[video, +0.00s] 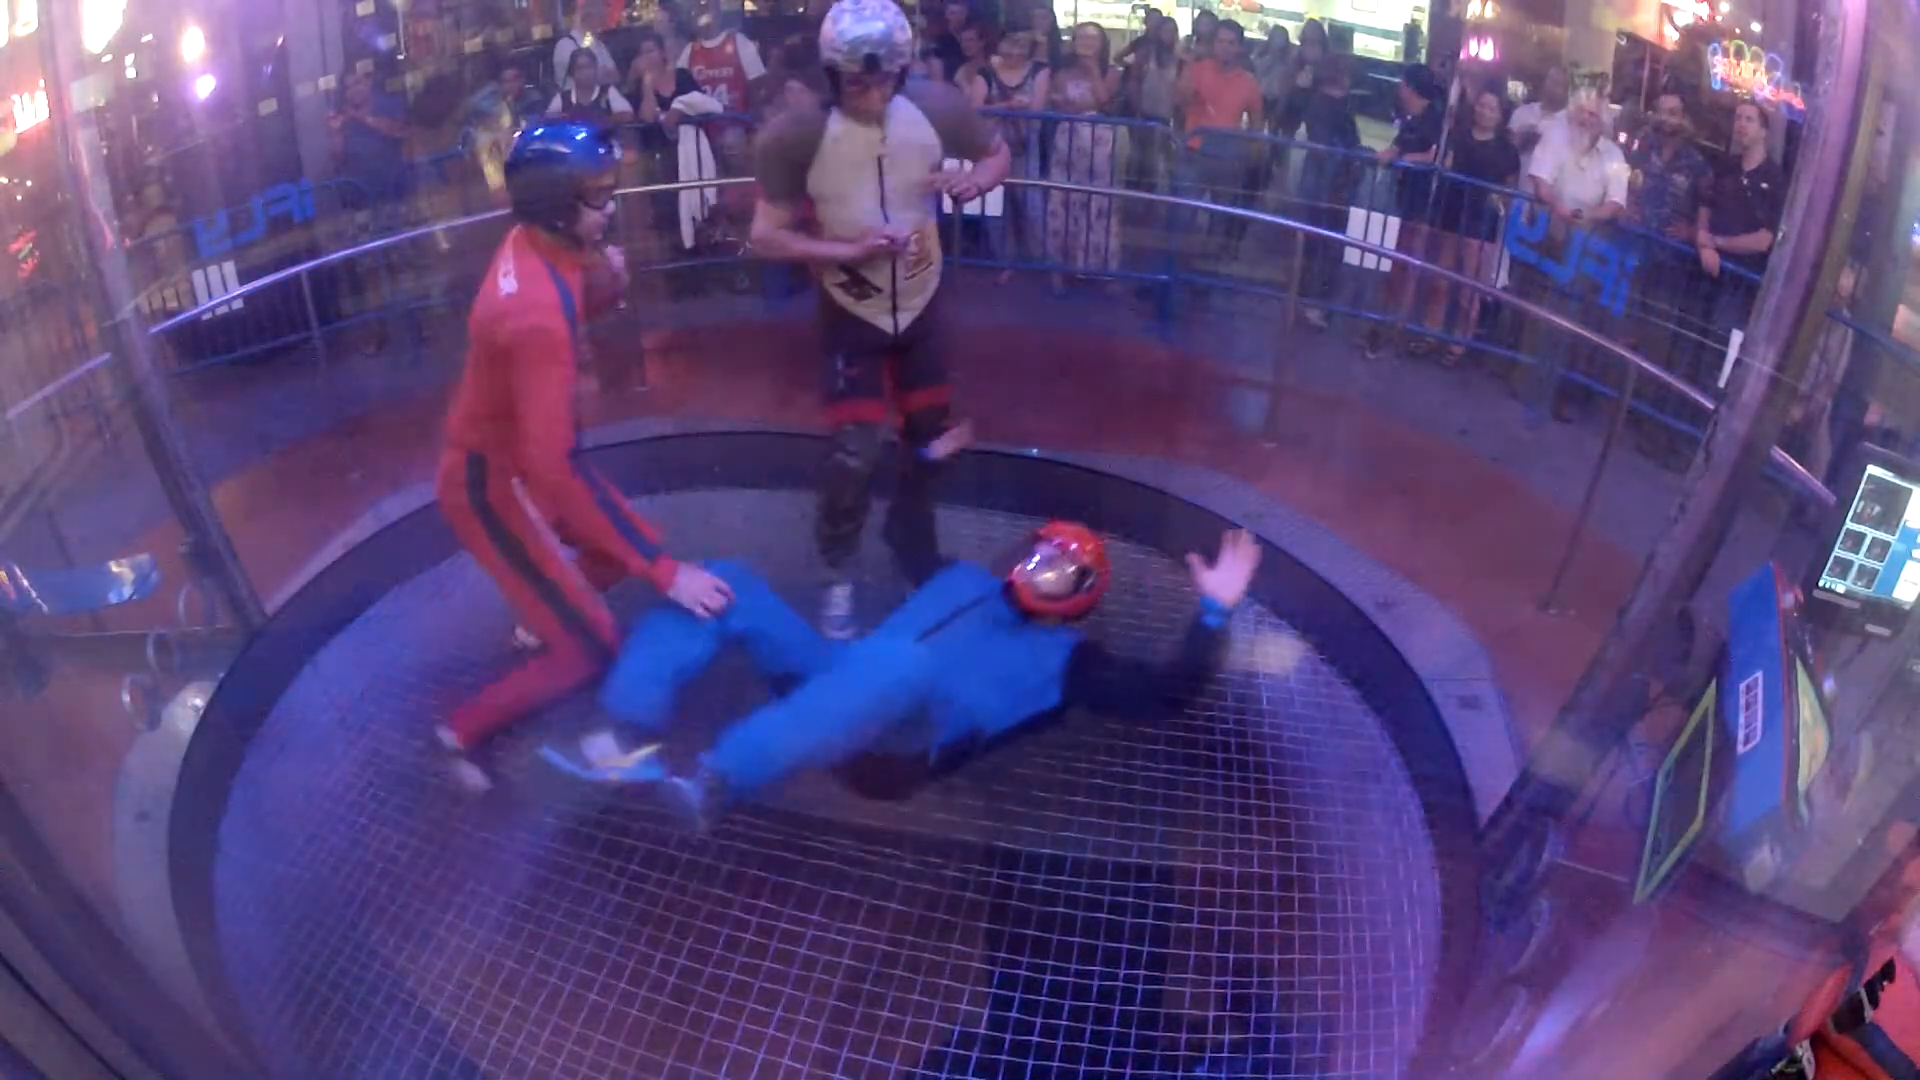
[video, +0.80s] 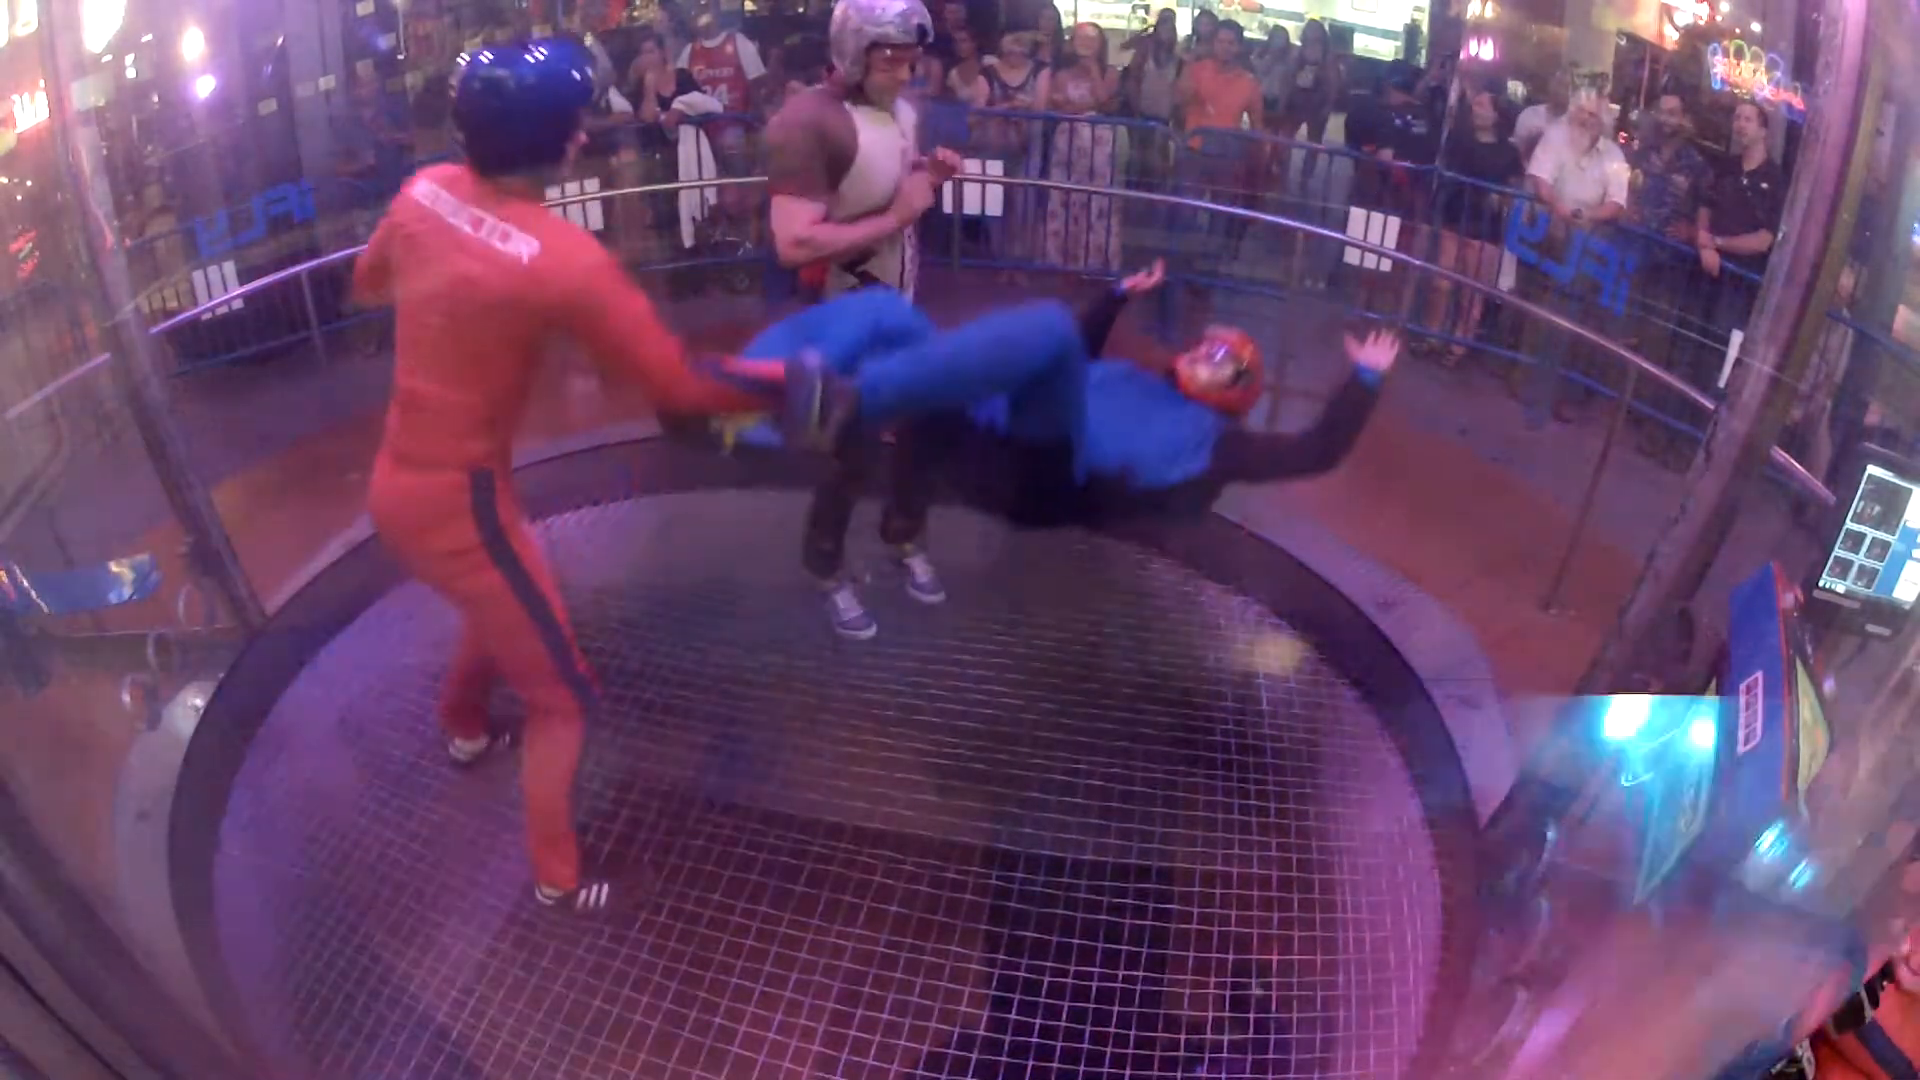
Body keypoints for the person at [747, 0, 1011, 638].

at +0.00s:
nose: (871, 93)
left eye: (883, 78)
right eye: (857, 81)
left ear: (901, 68)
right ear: (833, 72)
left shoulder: (934, 111)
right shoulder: (801, 135)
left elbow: (998, 156)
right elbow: (763, 234)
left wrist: (973, 179)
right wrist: (850, 250)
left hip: (924, 304)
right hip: (851, 311)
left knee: (935, 445)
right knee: (862, 445)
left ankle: (916, 555)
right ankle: (838, 578)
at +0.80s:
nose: (901, 69)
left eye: (908, 57)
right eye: (888, 57)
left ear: (913, 58)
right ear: (851, 56)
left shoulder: (899, 109)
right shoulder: (807, 120)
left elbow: (890, 190)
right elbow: (794, 241)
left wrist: (931, 171)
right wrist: (897, 216)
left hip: (896, 302)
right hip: (837, 308)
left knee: (922, 420)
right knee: (850, 443)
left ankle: (906, 539)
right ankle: (828, 572)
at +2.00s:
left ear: (873, 116)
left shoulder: (902, 129)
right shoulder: (838, 159)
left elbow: (960, 168)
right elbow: (874, 215)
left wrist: (950, 133)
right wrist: (937, 152)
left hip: (918, 317)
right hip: (870, 319)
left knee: (922, 435)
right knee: (884, 458)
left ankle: (881, 549)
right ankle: (836, 569)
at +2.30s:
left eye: (794, 112)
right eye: (786, 117)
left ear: (831, 110)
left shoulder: (887, 138)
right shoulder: (819, 172)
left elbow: (948, 147)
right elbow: (840, 207)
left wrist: (976, 129)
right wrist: (916, 146)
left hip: (910, 319)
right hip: (861, 324)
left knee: (917, 428)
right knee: (876, 454)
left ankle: (879, 549)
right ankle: (836, 569)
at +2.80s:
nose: (772, 46)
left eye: (781, 32)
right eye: (758, 34)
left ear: (793, 40)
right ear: (732, 48)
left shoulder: (838, 124)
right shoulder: (717, 135)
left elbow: (874, 204)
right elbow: (686, 241)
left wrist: (864, 203)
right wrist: (790, 247)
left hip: (831, 320)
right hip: (766, 326)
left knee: (879, 436)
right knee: (765, 483)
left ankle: (869, 550)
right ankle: (713, 579)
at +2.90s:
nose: (757, 75)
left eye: (764, 61)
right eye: (743, 63)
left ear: (776, 66)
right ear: (714, 72)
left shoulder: (805, 132)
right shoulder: (692, 156)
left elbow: (836, 216)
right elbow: (667, 267)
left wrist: (839, 221)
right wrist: (757, 284)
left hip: (807, 332)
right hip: (735, 341)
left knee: (864, 452)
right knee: (737, 481)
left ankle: (864, 552)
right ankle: (709, 597)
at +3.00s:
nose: (743, 76)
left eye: (753, 65)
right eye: (727, 66)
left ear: (766, 75)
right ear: (699, 77)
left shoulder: (782, 143)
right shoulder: (662, 164)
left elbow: (803, 241)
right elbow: (652, 273)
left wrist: (823, 233)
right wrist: (754, 281)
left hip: (790, 340)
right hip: (714, 352)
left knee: (850, 471)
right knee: (723, 489)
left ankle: (847, 561)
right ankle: (708, 598)